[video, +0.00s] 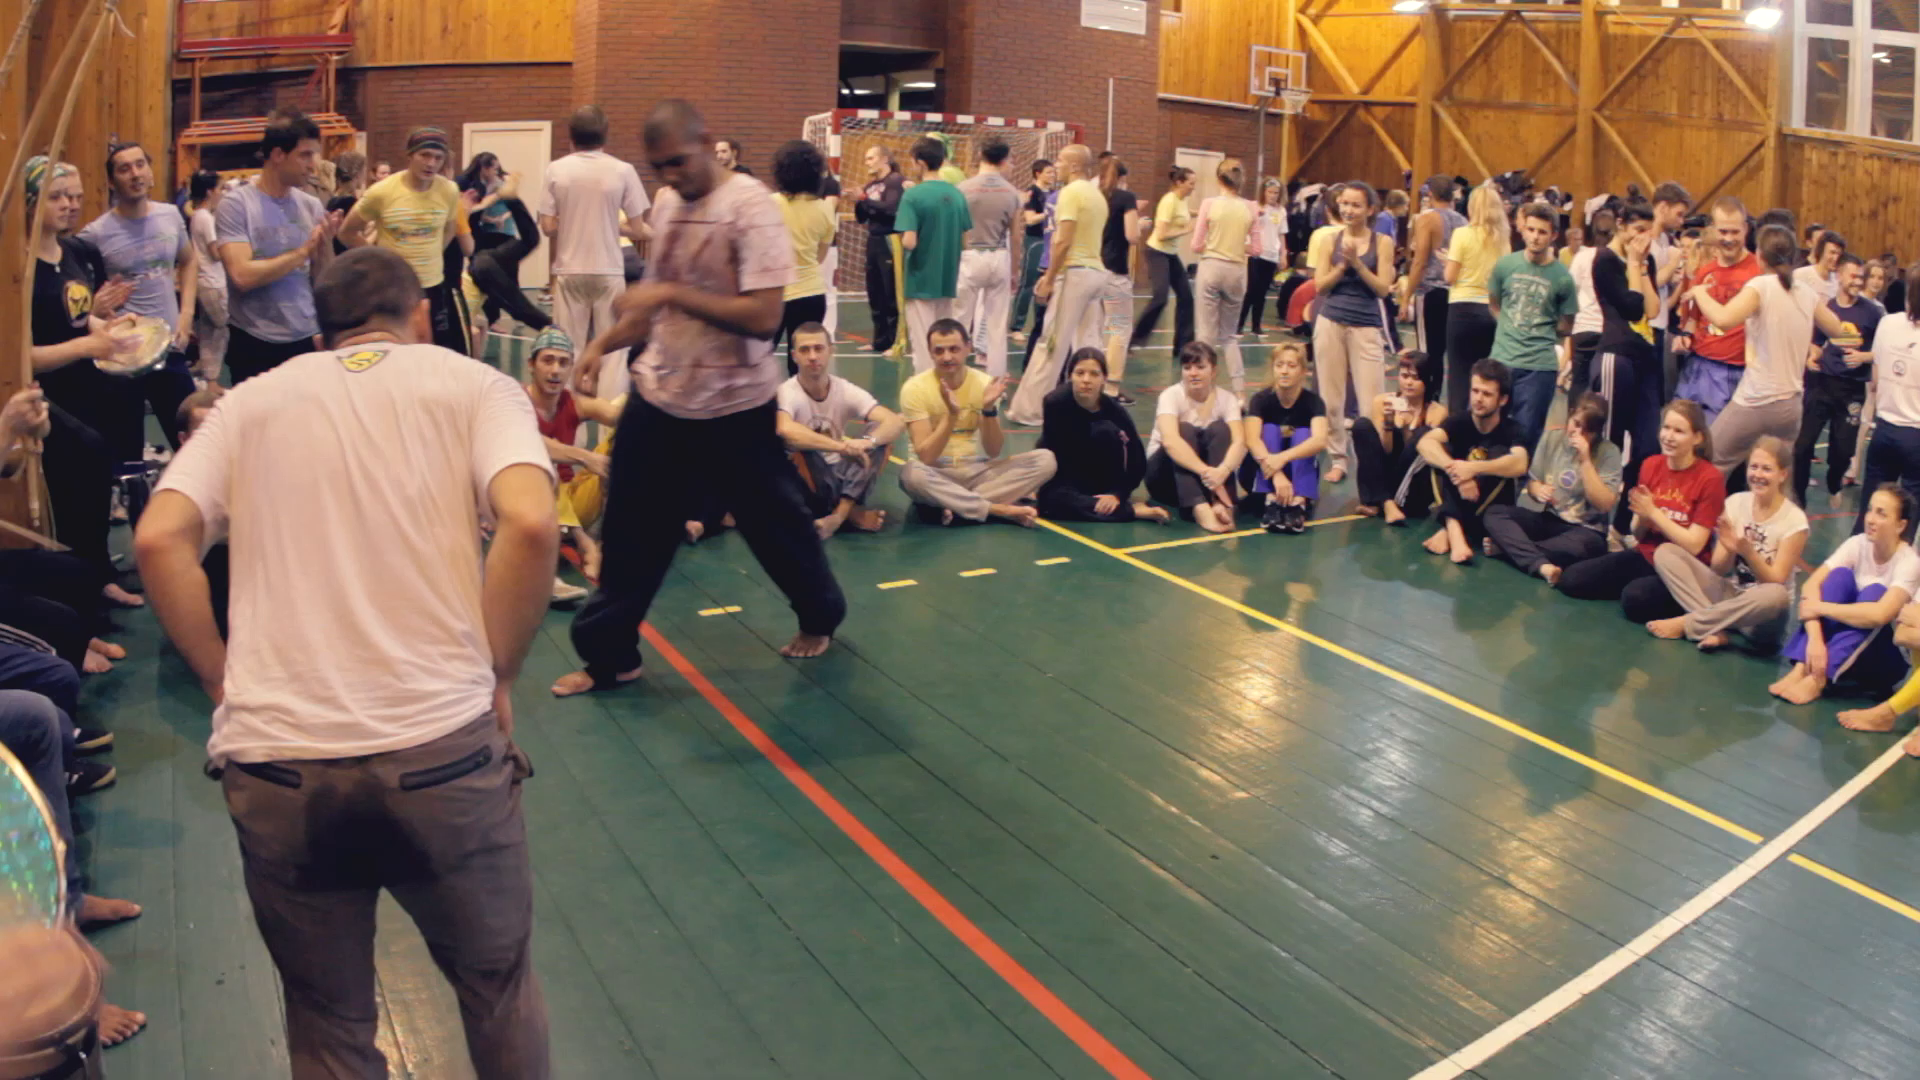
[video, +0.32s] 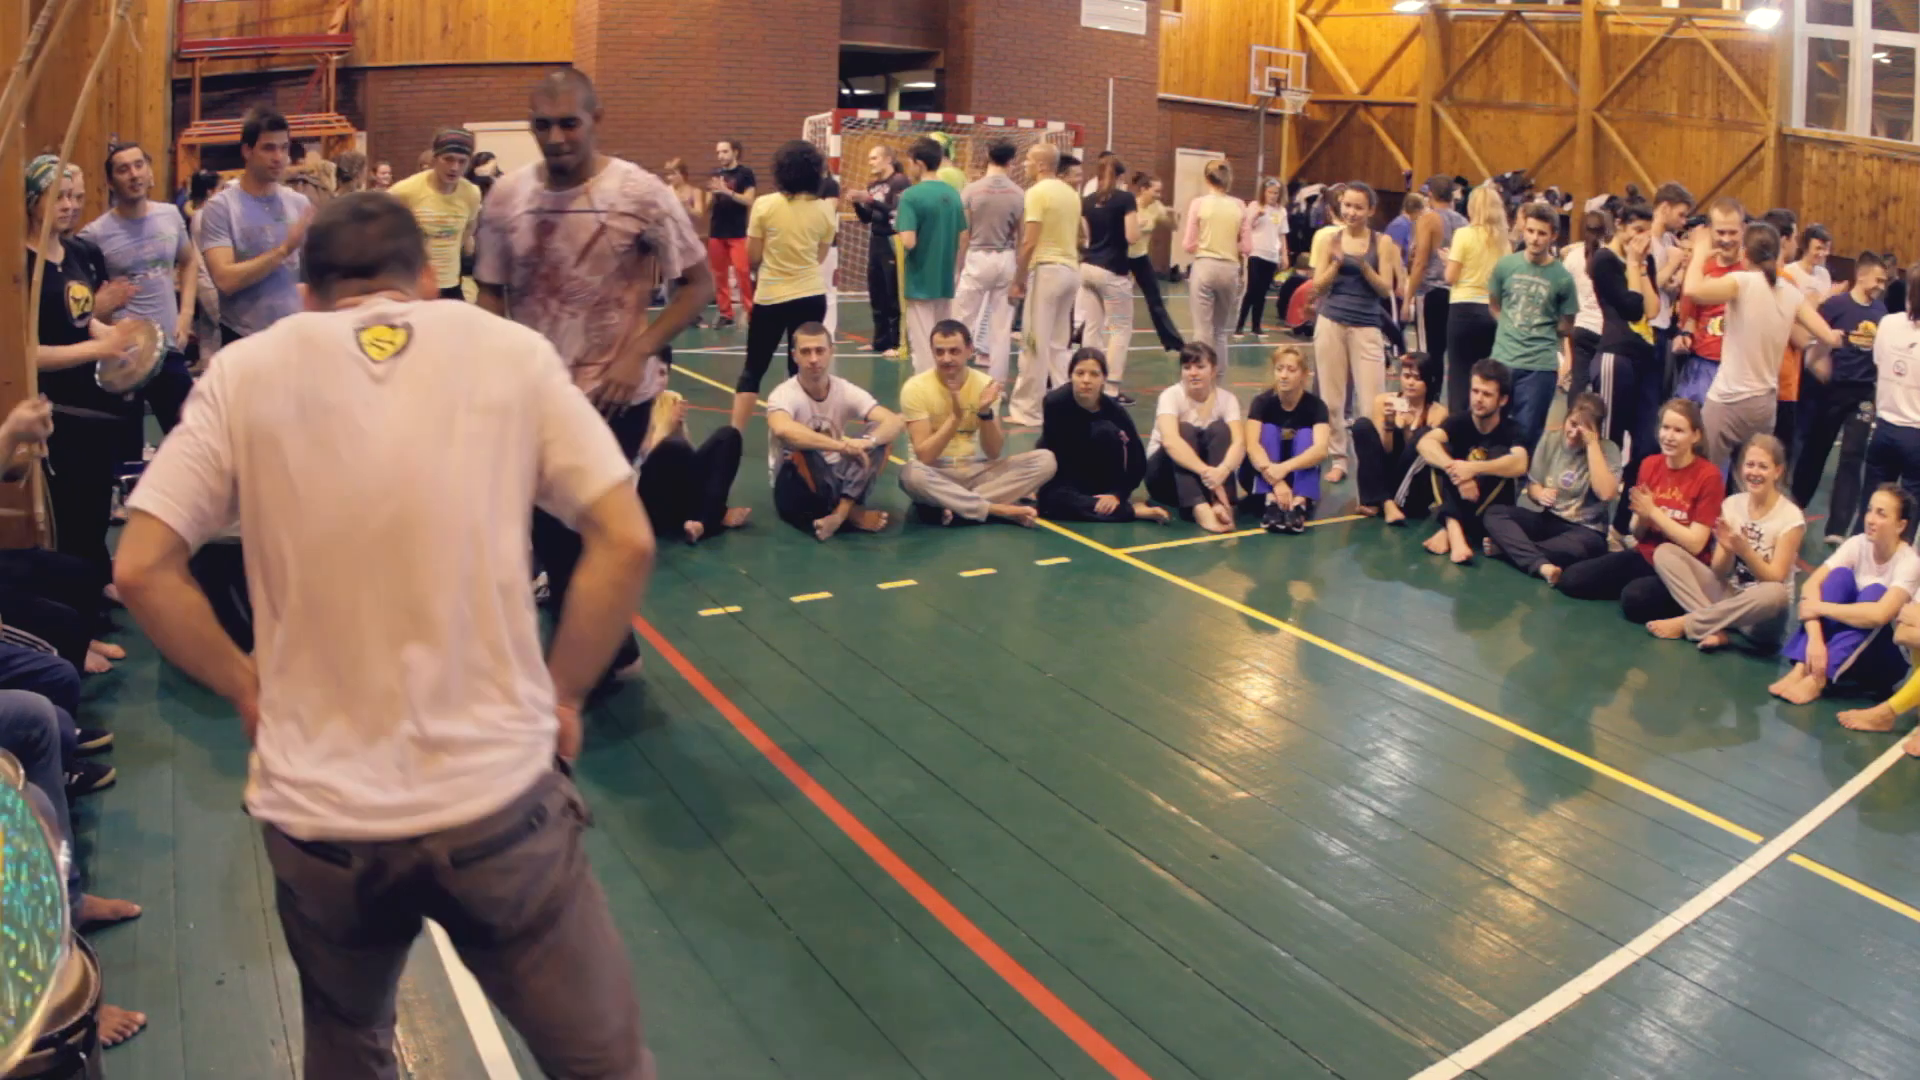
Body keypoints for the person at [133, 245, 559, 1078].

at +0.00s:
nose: (434, 324)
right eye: (430, 313)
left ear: (323, 330)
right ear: (419, 317)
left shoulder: (248, 401)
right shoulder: (477, 387)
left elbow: (161, 540)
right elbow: (530, 520)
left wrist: (229, 685)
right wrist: (498, 671)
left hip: (277, 777)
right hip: (443, 763)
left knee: (326, 1018)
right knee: (498, 989)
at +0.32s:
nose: (432, 290)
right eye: (435, 280)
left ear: (309, 293)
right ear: (429, 278)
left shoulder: (243, 373)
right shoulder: (510, 350)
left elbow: (142, 567)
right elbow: (625, 538)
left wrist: (248, 688)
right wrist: (562, 694)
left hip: (319, 820)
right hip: (499, 806)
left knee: (345, 1040)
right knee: (606, 1063)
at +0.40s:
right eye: (478, 289)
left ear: (343, 302)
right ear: (471, 291)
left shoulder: (266, 399)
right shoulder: (550, 374)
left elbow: (169, 615)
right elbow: (668, 581)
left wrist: (296, 713)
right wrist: (598, 718)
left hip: (353, 867)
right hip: (537, 852)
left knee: (351, 1027)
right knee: (640, 1068)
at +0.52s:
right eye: (561, 355)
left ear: (399, 355)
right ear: (545, 363)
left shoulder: (306, 498)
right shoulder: (611, 486)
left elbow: (240, 743)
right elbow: (734, 725)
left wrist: (365, 824)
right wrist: (662, 822)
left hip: (418, 969)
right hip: (612, 954)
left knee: (353, 998)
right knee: (682, 1057)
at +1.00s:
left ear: (278, 400)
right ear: (425, 360)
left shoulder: (244, 552)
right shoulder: (560, 463)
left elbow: (227, 839)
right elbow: (698, 670)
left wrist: (331, 779)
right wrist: (597, 776)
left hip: (401, 967)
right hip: (592, 944)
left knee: (352, 1006)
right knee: (654, 1061)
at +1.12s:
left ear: (258, 476)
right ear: (402, 433)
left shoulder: (253, 662)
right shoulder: (554, 533)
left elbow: (306, 953)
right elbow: (674, 720)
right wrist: (552, 755)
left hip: (413, 999)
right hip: (595, 973)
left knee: (337, 975)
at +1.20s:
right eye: (400, 432)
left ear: (251, 496)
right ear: (392, 455)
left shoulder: (244, 693)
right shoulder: (544, 544)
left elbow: (311, 964)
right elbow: (651, 721)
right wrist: (530, 750)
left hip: (420, 1004)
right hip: (600, 980)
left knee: (340, 984)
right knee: (662, 1066)